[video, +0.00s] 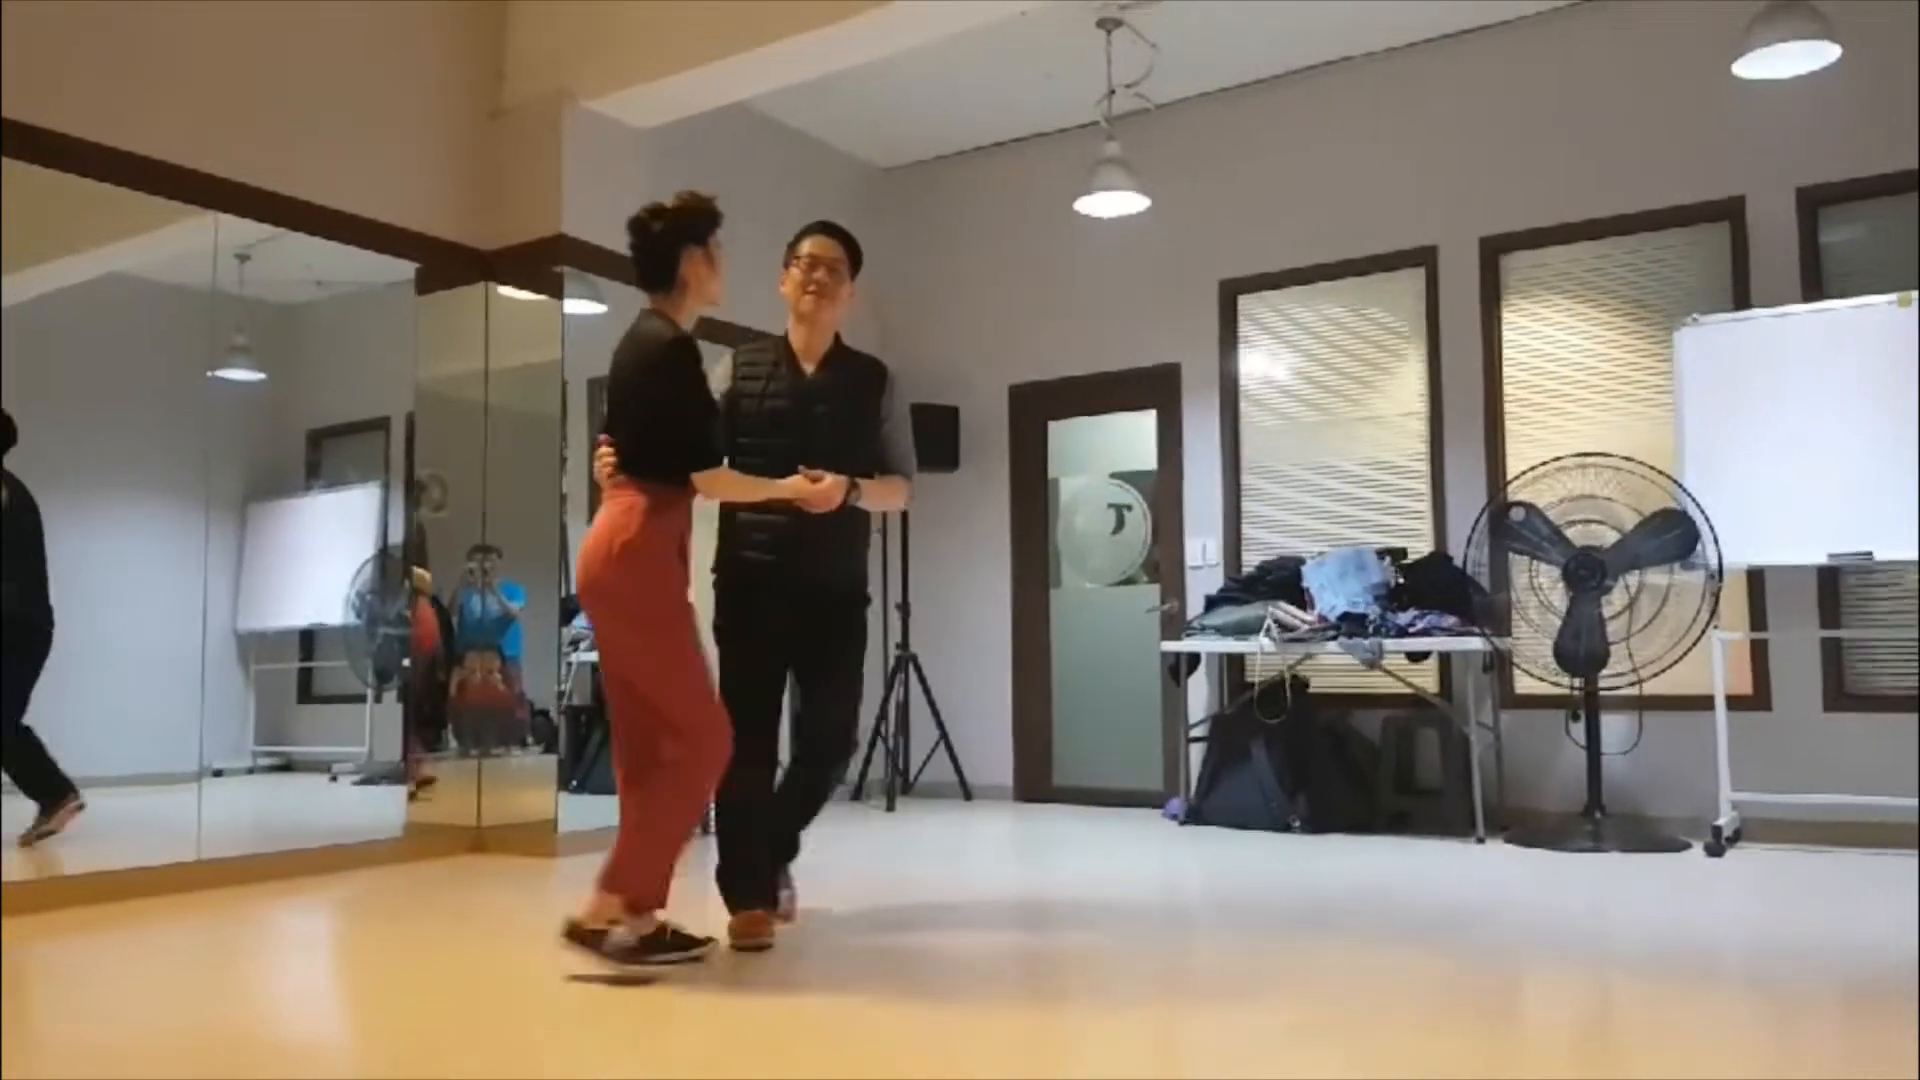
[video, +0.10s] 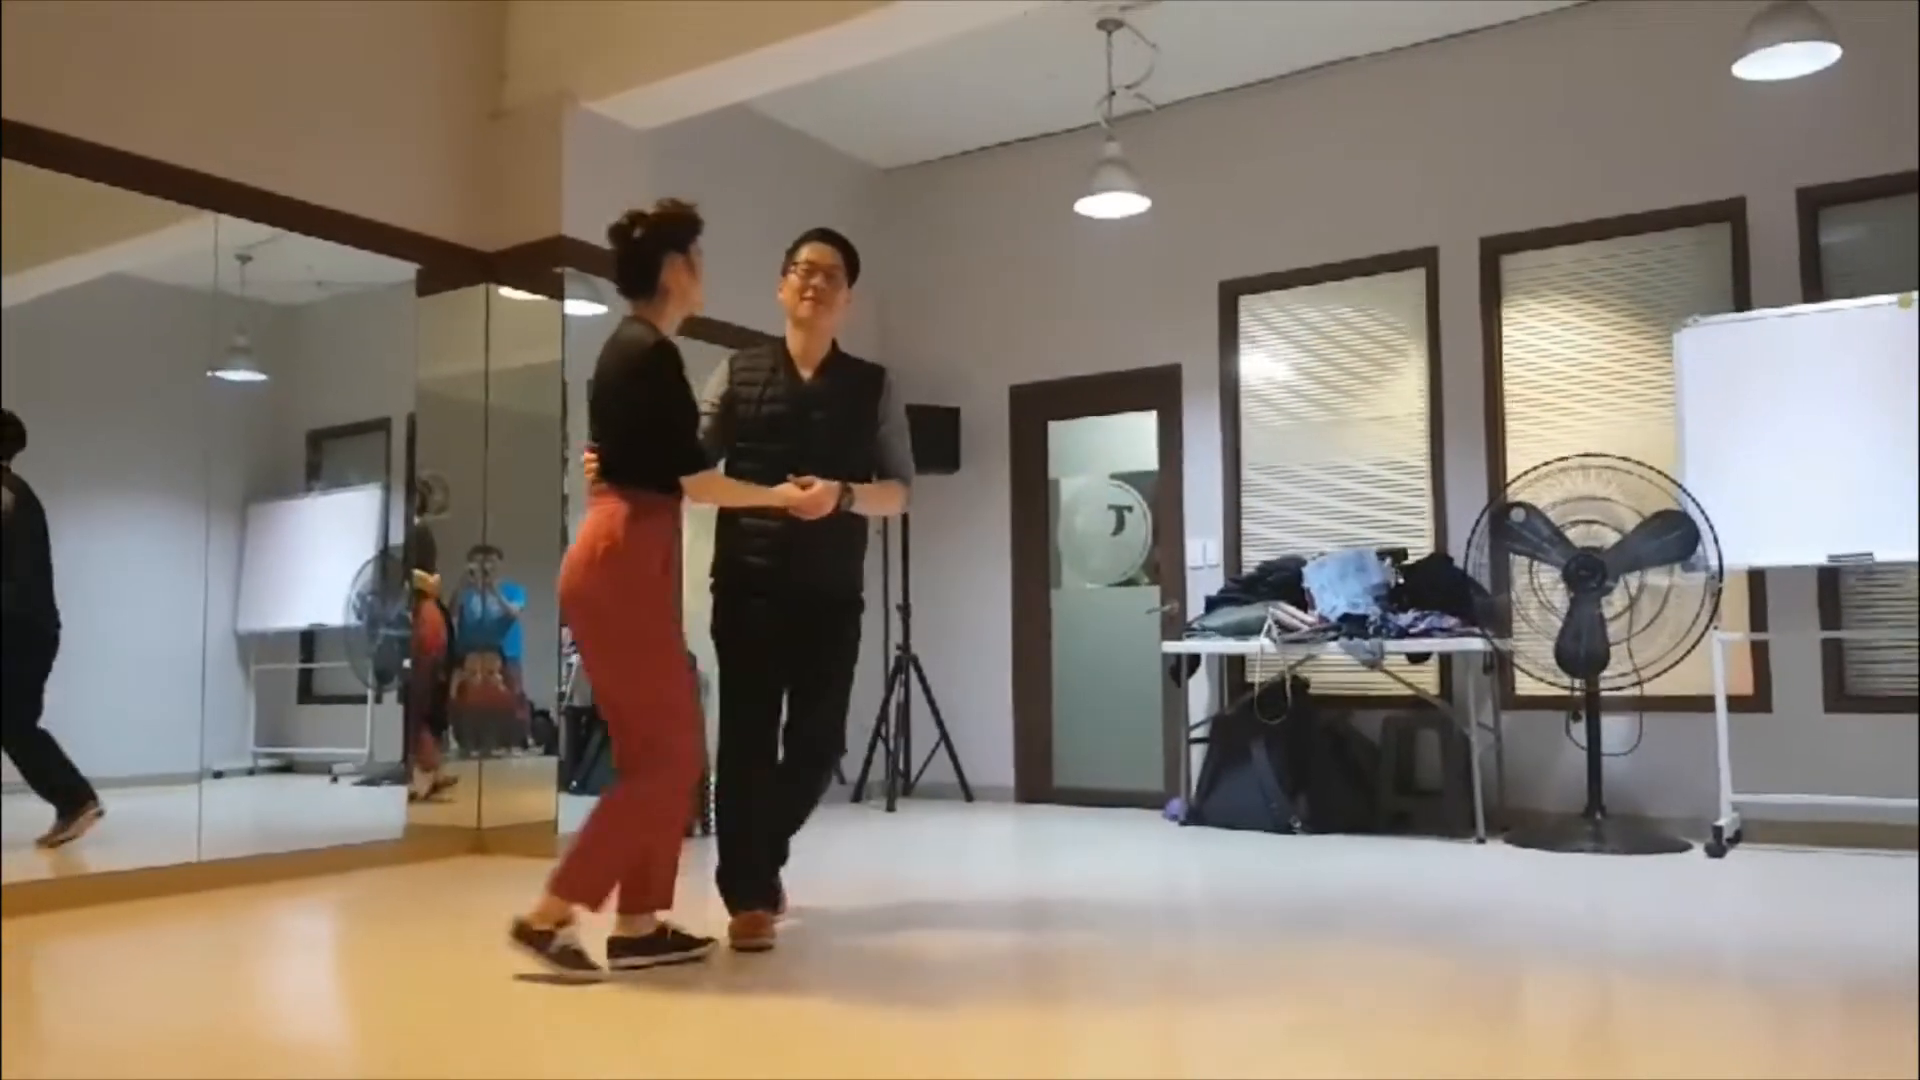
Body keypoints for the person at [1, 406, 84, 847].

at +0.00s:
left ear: (3, 444)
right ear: (8, 444)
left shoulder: (13, 494)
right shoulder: (16, 493)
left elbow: (22, 574)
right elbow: (28, 574)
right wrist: (29, 619)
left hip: (20, 625)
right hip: (26, 624)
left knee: (6, 718)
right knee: (7, 718)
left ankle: (56, 794)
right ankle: (53, 796)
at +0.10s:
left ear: (2, 447)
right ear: (13, 448)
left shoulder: (16, 497)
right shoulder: (21, 496)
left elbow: (26, 578)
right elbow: (32, 578)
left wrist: (38, 632)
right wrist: (41, 631)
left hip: (23, 631)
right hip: (27, 630)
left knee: (15, 722)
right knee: (16, 723)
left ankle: (75, 800)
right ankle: (73, 800)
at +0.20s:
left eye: (1, 437)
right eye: (1, 436)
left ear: (9, 445)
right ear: (20, 447)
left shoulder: (14, 498)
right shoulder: (28, 498)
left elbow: (31, 582)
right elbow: (42, 580)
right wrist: (52, 637)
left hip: (25, 632)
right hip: (37, 630)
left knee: (38, 729)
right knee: (39, 728)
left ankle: (84, 813)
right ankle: (85, 812)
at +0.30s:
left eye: (0, 434)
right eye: (1, 433)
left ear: (8, 442)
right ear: (20, 444)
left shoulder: (15, 499)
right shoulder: (34, 498)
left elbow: (34, 579)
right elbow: (52, 576)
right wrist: (64, 629)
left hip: (26, 632)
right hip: (45, 630)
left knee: (54, 728)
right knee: (56, 727)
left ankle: (89, 817)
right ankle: (90, 817)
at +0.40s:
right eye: (1, 432)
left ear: (7, 440)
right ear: (19, 443)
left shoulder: (16, 497)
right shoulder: (35, 496)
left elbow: (38, 574)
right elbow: (55, 573)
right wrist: (69, 626)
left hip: (27, 631)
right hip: (49, 629)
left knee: (60, 727)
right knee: (63, 726)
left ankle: (90, 819)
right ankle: (90, 818)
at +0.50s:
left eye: (0, 442)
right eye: (3, 441)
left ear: (7, 450)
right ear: (20, 452)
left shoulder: (15, 503)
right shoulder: (30, 502)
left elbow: (33, 581)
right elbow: (53, 577)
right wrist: (65, 631)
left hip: (26, 637)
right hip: (45, 635)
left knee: (57, 731)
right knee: (58, 731)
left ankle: (90, 822)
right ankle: (91, 822)